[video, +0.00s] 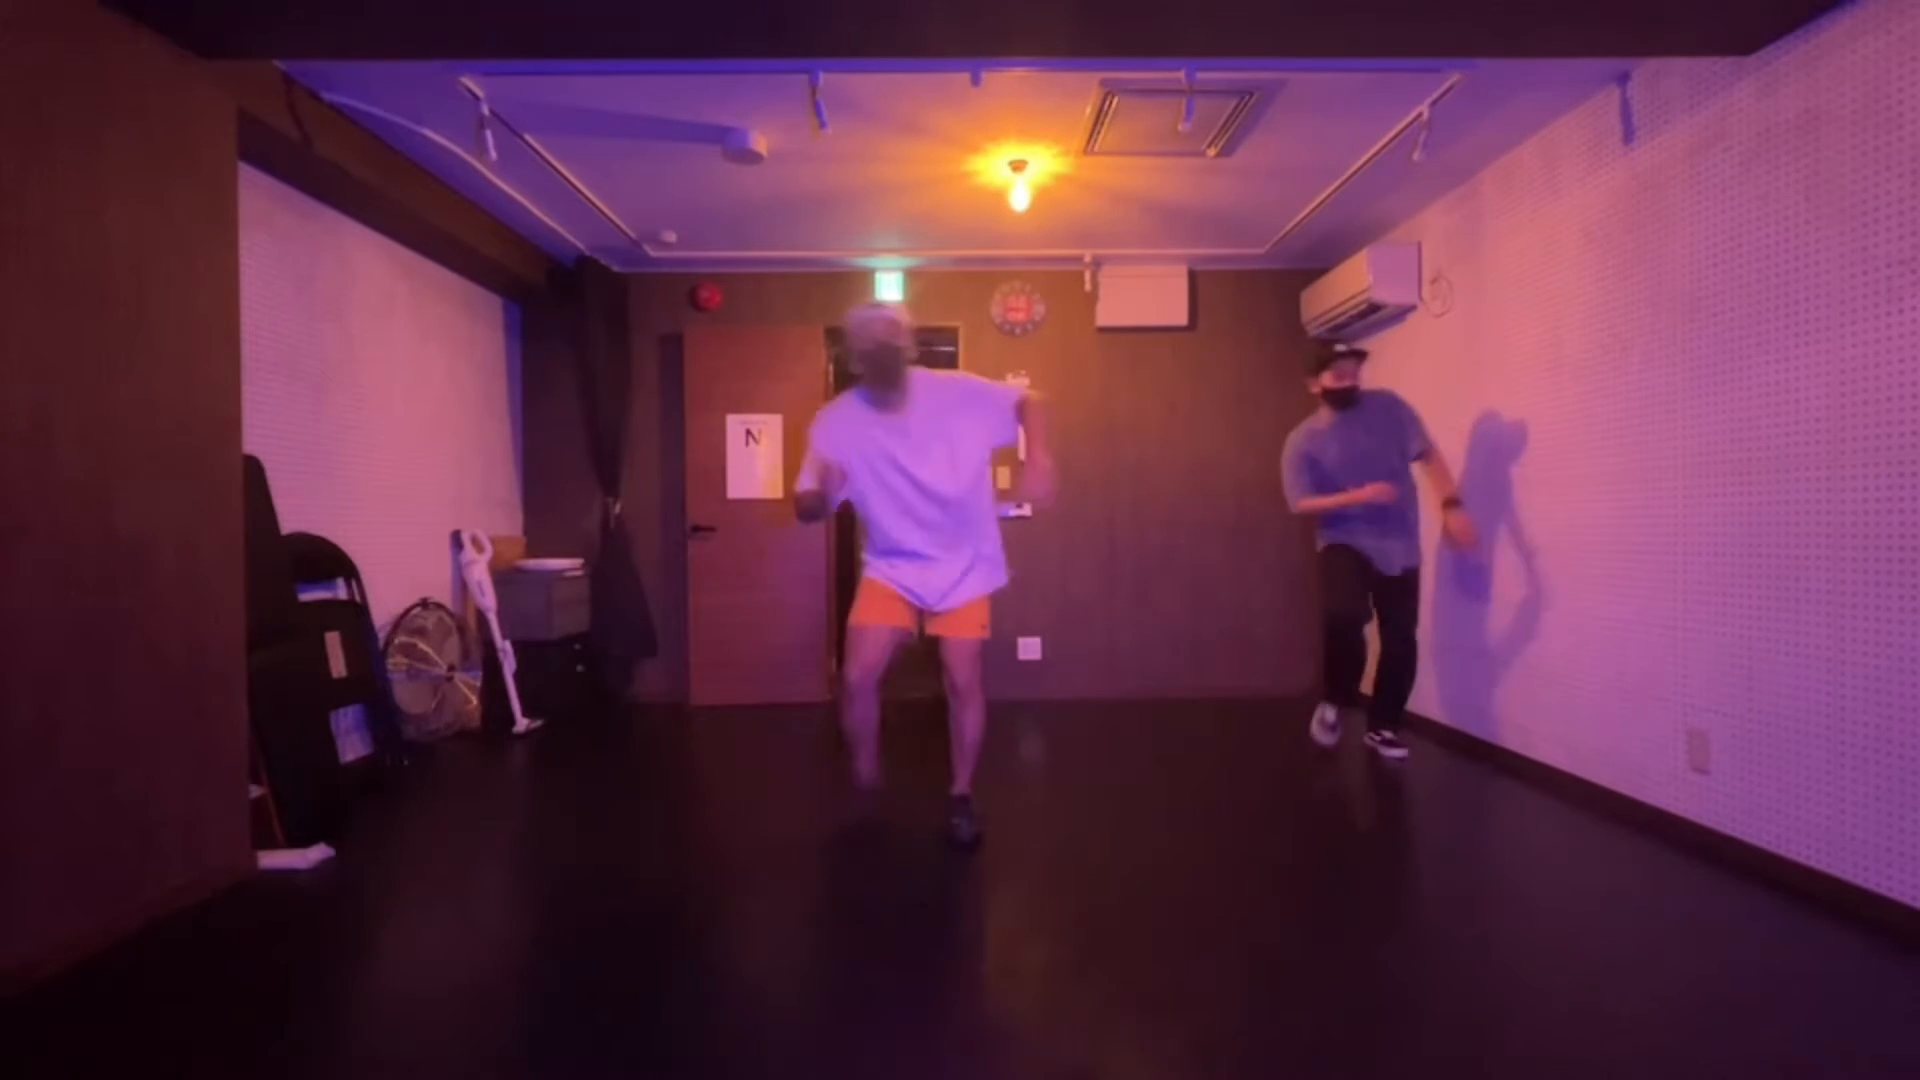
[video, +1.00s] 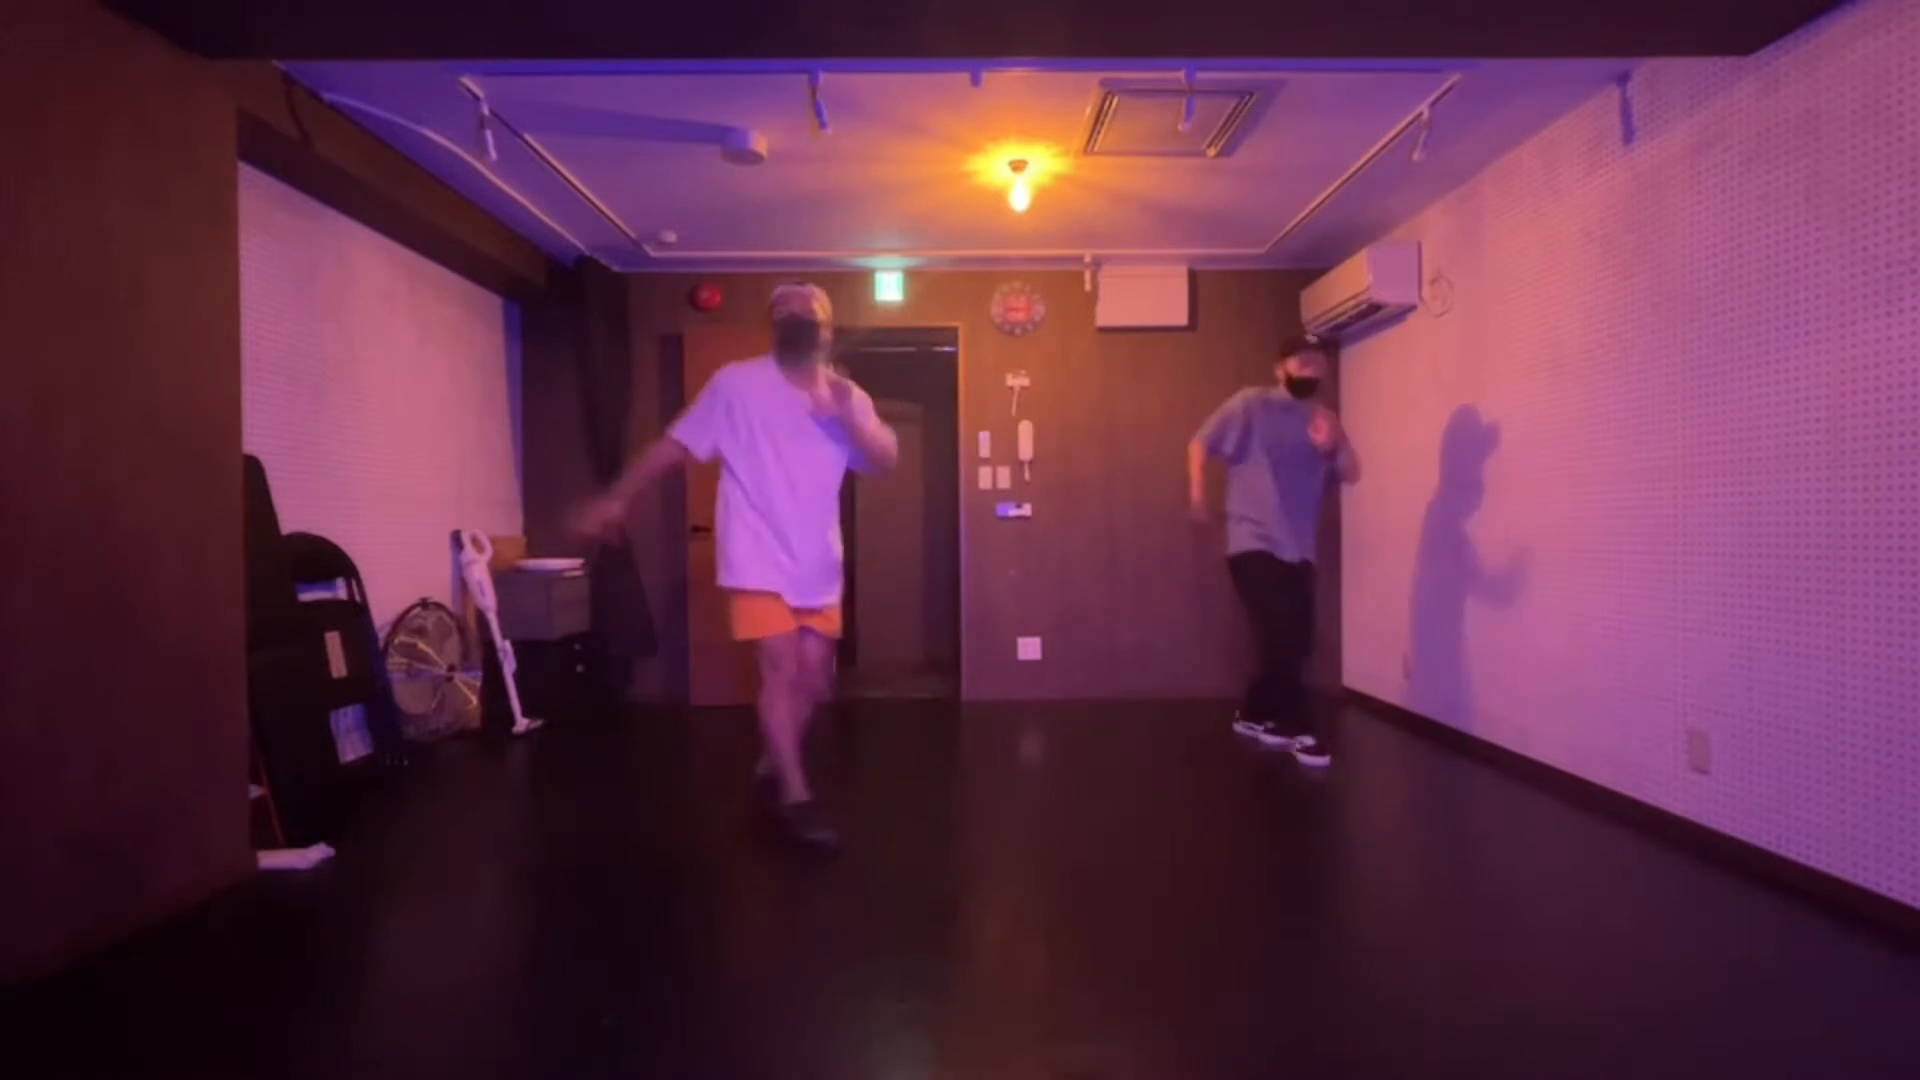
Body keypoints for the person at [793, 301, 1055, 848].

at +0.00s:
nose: (882, 363)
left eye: (890, 351)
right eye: (870, 354)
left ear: (909, 348)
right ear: (852, 360)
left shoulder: (955, 392)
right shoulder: (837, 421)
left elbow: (1029, 404)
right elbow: (807, 507)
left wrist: (1038, 465)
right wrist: (823, 492)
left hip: (962, 565)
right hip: (889, 567)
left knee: (963, 682)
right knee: (857, 676)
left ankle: (961, 797)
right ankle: (867, 794)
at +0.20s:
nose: (819, 330)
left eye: (830, 319)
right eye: (806, 325)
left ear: (853, 329)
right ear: (794, 343)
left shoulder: (902, 372)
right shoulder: (799, 407)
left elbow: (983, 381)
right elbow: (779, 491)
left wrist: (1040, 432)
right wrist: (779, 434)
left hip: (932, 556)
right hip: (862, 563)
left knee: (953, 673)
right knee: (853, 676)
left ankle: (964, 796)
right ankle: (845, 805)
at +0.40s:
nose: (813, 319)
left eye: (826, 310)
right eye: (801, 311)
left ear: (848, 324)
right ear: (787, 325)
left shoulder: (885, 364)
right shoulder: (768, 388)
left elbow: (961, 363)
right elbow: (706, 434)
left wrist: (985, 431)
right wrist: (710, 422)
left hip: (894, 549)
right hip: (823, 558)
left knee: (914, 666)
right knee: (824, 675)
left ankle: (945, 769)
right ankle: (840, 805)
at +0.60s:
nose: (814, 345)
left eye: (828, 335)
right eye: (804, 335)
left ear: (852, 347)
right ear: (791, 343)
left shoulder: (883, 396)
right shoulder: (762, 394)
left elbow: (959, 411)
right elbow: (690, 435)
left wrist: (918, 432)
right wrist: (678, 498)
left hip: (867, 563)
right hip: (792, 569)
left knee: (883, 677)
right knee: (799, 689)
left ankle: (866, 733)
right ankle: (840, 806)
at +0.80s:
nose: (817, 339)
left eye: (830, 332)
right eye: (807, 330)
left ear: (850, 348)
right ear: (792, 341)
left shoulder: (863, 412)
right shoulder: (756, 398)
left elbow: (893, 490)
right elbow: (708, 470)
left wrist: (870, 461)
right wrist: (666, 530)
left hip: (844, 577)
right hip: (773, 576)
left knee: (839, 694)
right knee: (797, 690)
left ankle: (788, 759)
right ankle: (839, 804)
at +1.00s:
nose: (800, 328)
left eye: (811, 320)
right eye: (790, 319)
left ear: (829, 330)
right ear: (774, 326)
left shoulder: (843, 393)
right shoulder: (737, 384)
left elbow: (886, 458)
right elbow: (673, 446)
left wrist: (847, 414)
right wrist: (617, 499)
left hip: (818, 555)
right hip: (756, 554)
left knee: (814, 673)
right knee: (780, 665)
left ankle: (769, 769)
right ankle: (795, 796)